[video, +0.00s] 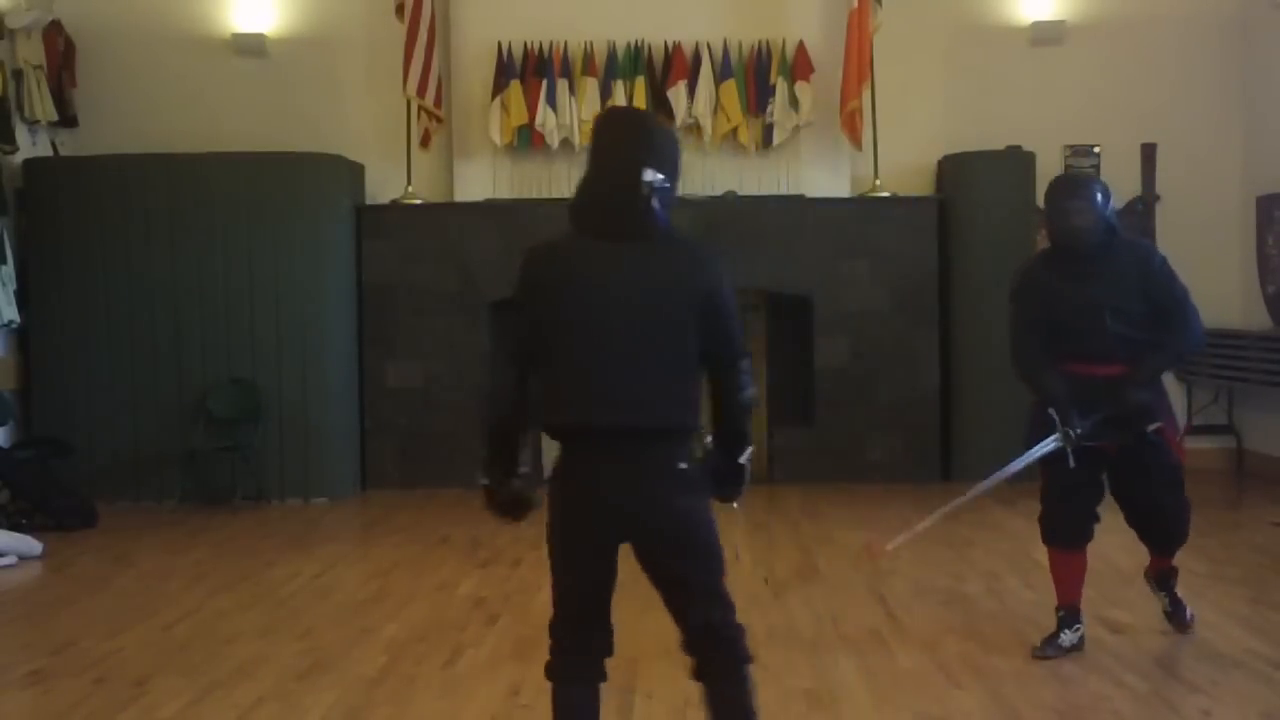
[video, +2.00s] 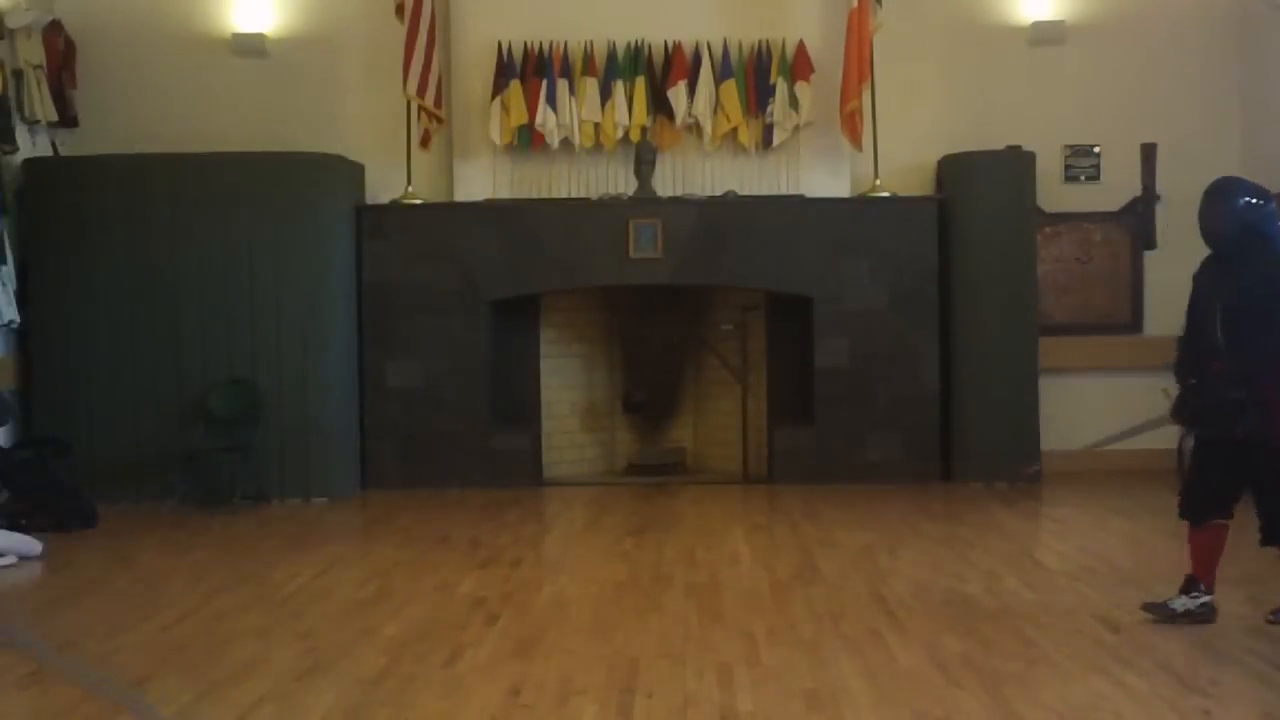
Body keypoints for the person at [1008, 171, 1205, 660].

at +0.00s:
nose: (1078, 225)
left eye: (1086, 213)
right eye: (1067, 214)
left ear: (1106, 213)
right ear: (1049, 220)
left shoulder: (1140, 261)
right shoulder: (1035, 277)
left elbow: (1188, 332)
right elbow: (1026, 353)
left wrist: (1137, 379)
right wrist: (1061, 400)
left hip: (1136, 407)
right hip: (1067, 410)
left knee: (1167, 514)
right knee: (1064, 518)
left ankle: (1161, 577)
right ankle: (1069, 624)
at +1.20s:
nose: (1110, 227)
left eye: (1122, 217)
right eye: (1106, 217)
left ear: (1153, 218)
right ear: (1104, 221)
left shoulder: (1193, 274)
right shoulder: (1097, 276)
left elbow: (1226, 350)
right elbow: (1078, 351)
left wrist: (1164, 398)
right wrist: (1087, 411)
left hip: (1169, 421)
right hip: (1110, 419)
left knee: (1157, 525)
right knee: (1105, 518)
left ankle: (1166, 640)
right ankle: (1139, 596)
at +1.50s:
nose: (1124, 230)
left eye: (1133, 219)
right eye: (1119, 220)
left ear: (1161, 216)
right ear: (1116, 224)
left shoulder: (1205, 267)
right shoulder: (1115, 279)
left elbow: (1223, 345)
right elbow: (1099, 350)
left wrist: (1170, 397)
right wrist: (1097, 402)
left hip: (1195, 415)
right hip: (1134, 415)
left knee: (1198, 512)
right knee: (1125, 512)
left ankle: (1221, 613)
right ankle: (1147, 607)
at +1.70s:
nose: (1145, 230)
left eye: (1152, 219)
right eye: (1144, 221)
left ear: (1180, 217)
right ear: (1153, 224)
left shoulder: (1230, 266)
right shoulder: (1152, 280)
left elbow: (1237, 343)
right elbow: (1137, 346)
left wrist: (1179, 380)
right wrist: (1123, 392)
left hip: (1230, 404)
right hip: (1171, 405)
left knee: (1241, 500)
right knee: (1147, 502)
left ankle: (1279, 577)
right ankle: (1149, 605)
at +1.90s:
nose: (1191, 229)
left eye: (1200, 219)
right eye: (1190, 219)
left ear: (1224, 219)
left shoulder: (1261, 272)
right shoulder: (1198, 276)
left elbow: (1261, 347)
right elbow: (1183, 345)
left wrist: (1206, 396)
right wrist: (1171, 393)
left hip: (1259, 420)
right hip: (1208, 417)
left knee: (1272, 519)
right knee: (1189, 507)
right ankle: (1166, 595)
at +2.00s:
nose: (1208, 225)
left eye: (1215, 215)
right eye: (1206, 215)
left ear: (1239, 214)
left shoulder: (1263, 265)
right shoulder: (1213, 269)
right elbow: (1196, 339)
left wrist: (1195, 398)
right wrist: (1191, 391)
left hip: (1262, 411)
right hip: (1222, 408)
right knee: (1206, 495)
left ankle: (1199, 589)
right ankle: (1198, 590)